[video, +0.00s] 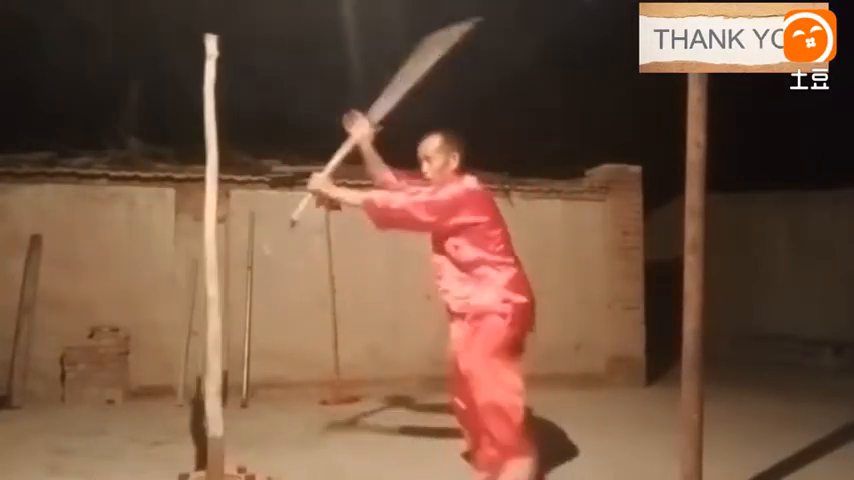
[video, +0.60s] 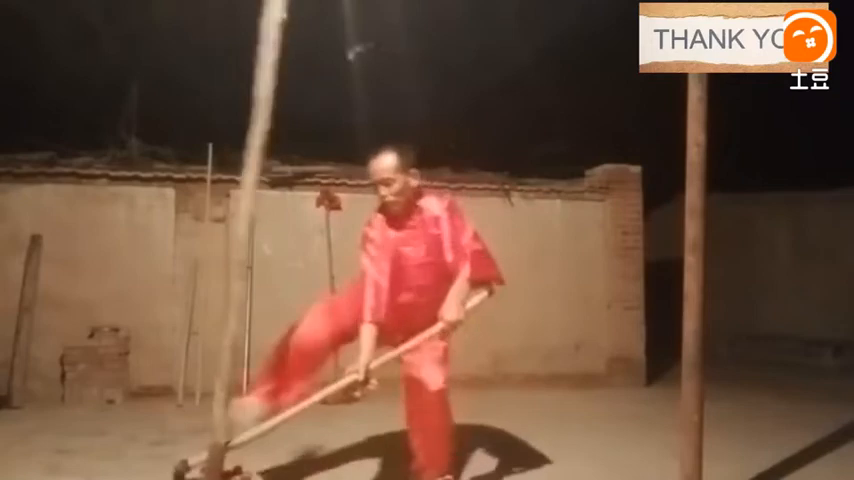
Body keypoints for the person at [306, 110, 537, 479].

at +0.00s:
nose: (423, 166)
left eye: (429, 158)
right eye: (422, 159)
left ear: (453, 160)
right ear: (449, 162)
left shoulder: (468, 194)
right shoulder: (445, 192)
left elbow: (404, 204)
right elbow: (392, 184)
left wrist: (336, 192)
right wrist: (366, 145)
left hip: (499, 304)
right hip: (470, 306)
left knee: (483, 367)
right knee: (466, 377)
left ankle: (517, 457)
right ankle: (487, 457)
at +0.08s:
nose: (419, 164)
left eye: (425, 155)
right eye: (417, 157)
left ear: (449, 156)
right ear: (424, 162)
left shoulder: (466, 189)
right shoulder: (440, 190)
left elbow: (402, 206)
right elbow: (379, 188)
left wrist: (334, 192)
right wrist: (353, 148)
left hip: (492, 305)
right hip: (466, 308)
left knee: (486, 383)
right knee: (463, 390)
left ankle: (519, 461)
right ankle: (488, 461)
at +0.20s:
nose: (418, 158)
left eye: (425, 150)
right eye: (414, 151)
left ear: (448, 148)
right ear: (411, 153)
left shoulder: (467, 186)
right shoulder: (413, 190)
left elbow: (452, 230)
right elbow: (373, 200)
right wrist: (334, 200)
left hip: (481, 293)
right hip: (439, 293)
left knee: (461, 363)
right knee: (443, 365)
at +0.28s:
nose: (412, 164)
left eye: (419, 155)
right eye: (408, 157)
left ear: (444, 153)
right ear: (406, 159)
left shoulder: (466, 191)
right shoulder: (412, 196)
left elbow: (476, 249)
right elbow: (379, 210)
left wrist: (439, 267)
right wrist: (343, 206)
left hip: (462, 296)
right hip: (424, 295)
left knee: (445, 372)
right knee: (426, 371)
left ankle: (426, 458)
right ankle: (427, 439)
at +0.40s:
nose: (399, 188)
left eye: (404, 178)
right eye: (393, 181)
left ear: (427, 172)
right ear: (390, 183)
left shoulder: (457, 205)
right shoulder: (398, 221)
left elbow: (483, 253)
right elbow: (392, 281)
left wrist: (455, 294)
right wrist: (377, 336)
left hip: (460, 298)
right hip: (420, 300)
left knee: (450, 374)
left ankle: (429, 457)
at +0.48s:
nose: (395, 196)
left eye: (400, 186)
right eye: (389, 189)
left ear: (423, 180)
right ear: (385, 189)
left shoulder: (451, 209)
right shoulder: (391, 229)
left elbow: (479, 261)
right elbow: (382, 291)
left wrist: (458, 304)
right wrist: (371, 357)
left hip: (438, 317)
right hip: (395, 312)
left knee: (446, 382)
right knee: (344, 325)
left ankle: (436, 466)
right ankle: (347, 382)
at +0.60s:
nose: (383, 194)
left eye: (389, 184)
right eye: (377, 186)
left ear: (412, 179)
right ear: (374, 187)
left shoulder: (441, 210)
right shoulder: (377, 229)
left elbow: (471, 261)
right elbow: (373, 295)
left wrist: (455, 298)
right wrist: (364, 361)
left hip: (424, 315)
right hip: (378, 305)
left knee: (428, 393)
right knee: (310, 334)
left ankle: (434, 475)